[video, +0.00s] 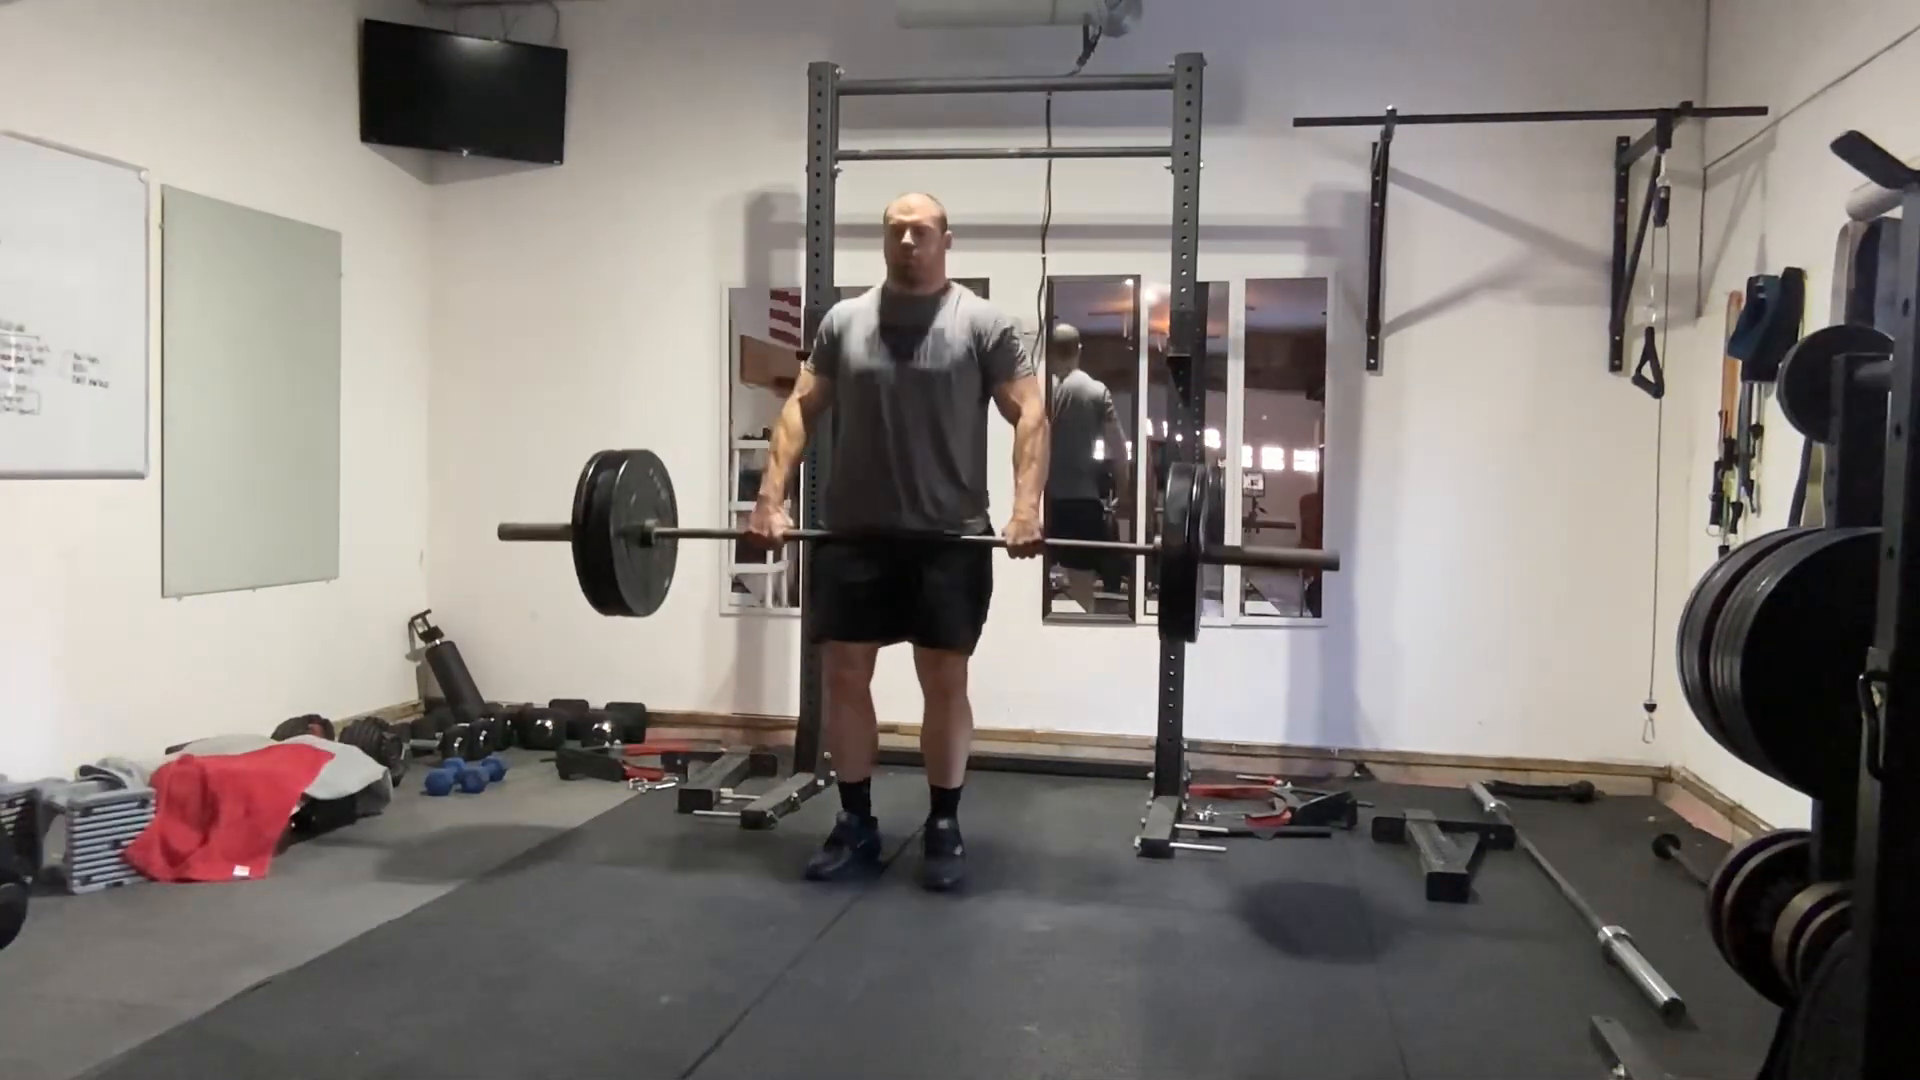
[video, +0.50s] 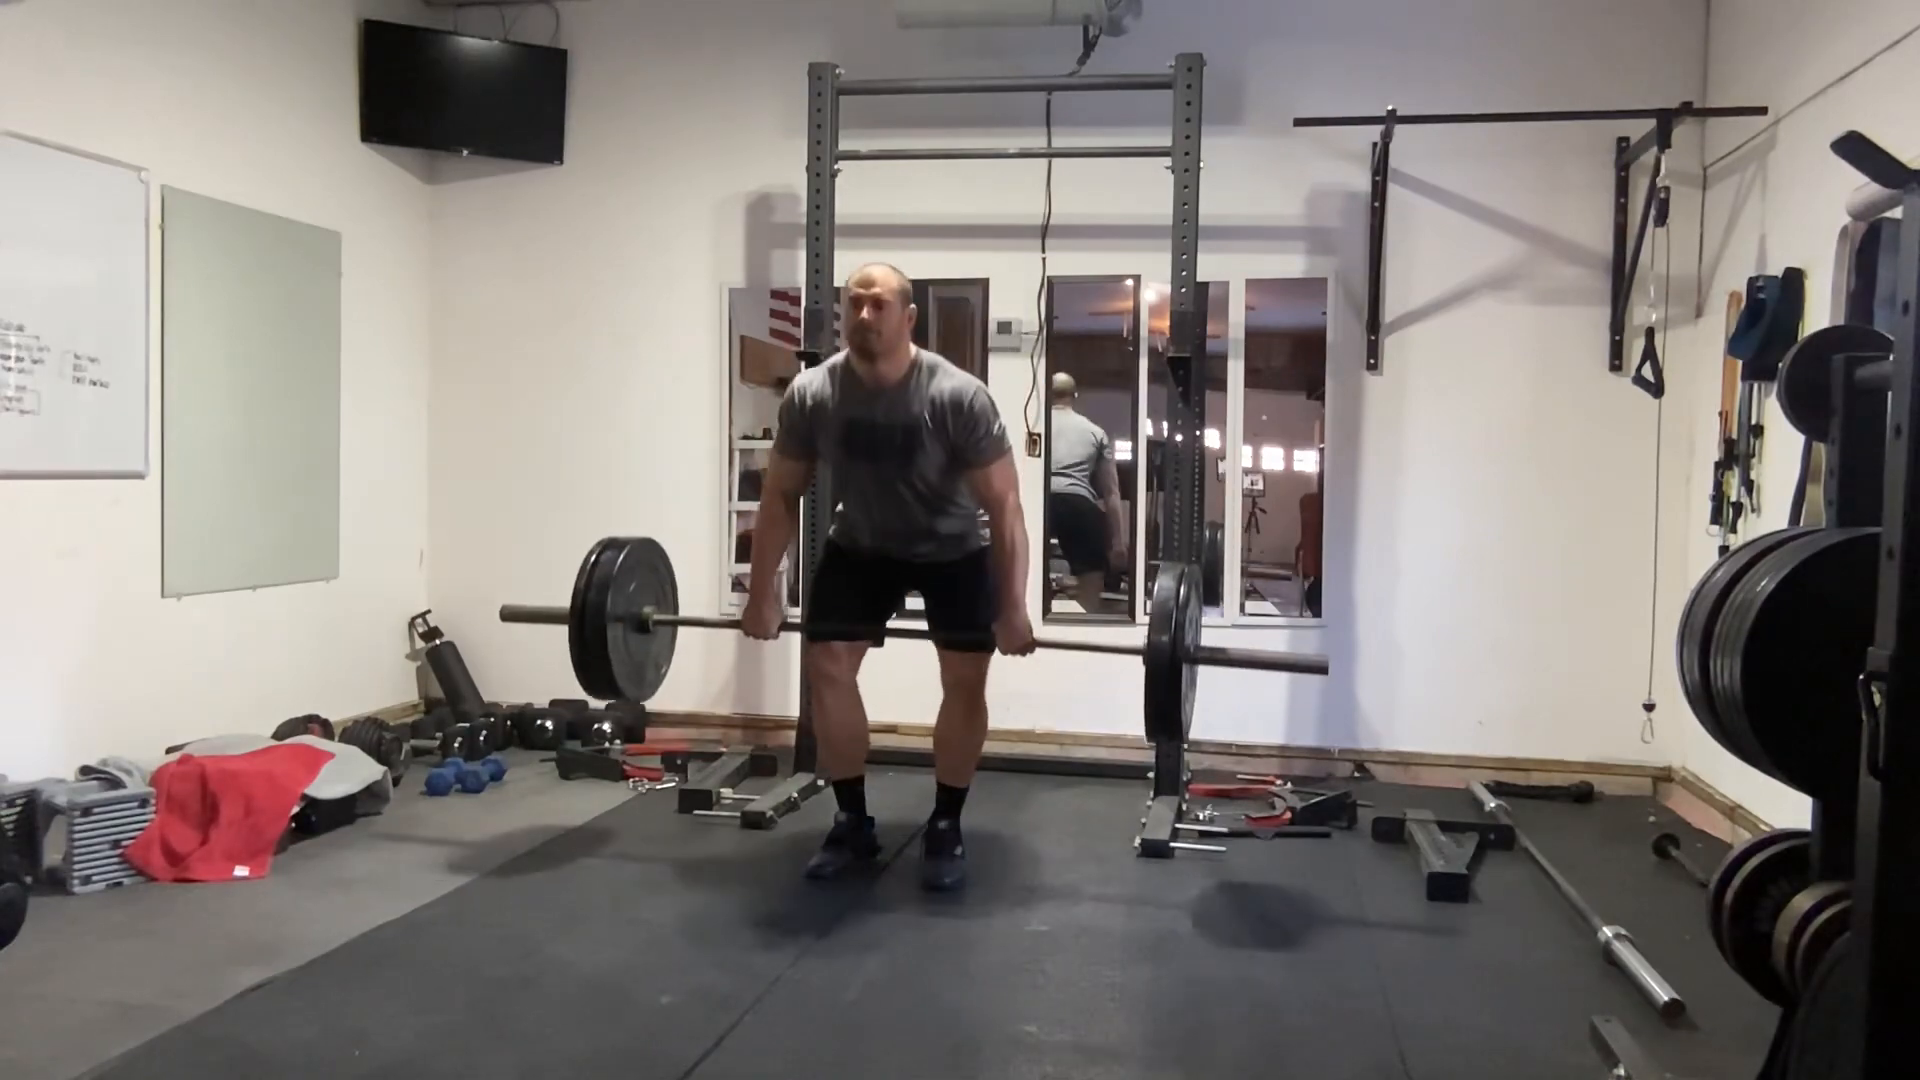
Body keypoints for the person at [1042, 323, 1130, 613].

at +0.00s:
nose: (1050, 358)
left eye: (1051, 352)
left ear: (1048, 351)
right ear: (1079, 350)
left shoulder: (1038, 390)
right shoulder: (1096, 391)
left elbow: (1028, 446)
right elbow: (1117, 449)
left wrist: (1027, 494)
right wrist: (1123, 496)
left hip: (1044, 499)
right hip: (1082, 499)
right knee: (1080, 576)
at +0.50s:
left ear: (1047, 395)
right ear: (1075, 396)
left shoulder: (1031, 424)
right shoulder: (1095, 433)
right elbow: (1111, 493)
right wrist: (1118, 542)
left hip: (1032, 503)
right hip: (1077, 505)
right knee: (1091, 583)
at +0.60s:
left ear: (1047, 403)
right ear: (1075, 404)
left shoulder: (1032, 432)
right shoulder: (1094, 440)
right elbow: (1111, 501)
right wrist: (1118, 554)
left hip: (1034, 503)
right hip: (1078, 505)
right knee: (1091, 582)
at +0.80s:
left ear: (1049, 399)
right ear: (1076, 400)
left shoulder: (1034, 427)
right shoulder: (1093, 435)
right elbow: (1112, 492)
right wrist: (1120, 545)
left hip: (1037, 497)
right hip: (1078, 499)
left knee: (1032, 567)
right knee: (1090, 574)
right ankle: (1088, 635)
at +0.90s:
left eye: (1058, 381)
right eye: (1071, 380)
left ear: (1049, 381)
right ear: (1076, 381)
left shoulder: (1034, 412)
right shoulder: (1094, 418)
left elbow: (1019, 457)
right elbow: (1114, 470)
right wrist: (1119, 526)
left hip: (1038, 492)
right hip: (1079, 493)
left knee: (1035, 562)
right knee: (1083, 572)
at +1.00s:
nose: (1049, 363)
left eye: (1051, 357)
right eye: (1053, 356)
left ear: (1050, 358)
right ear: (1075, 356)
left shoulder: (1038, 394)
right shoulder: (1093, 392)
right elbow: (1117, 441)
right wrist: (1118, 494)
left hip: (1046, 495)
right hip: (1082, 494)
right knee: (1083, 576)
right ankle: (1090, 631)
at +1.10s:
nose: (1059, 346)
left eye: (1058, 340)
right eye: (1060, 340)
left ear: (1044, 341)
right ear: (1073, 340)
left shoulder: (1031, 376)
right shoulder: (1093, 374)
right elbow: (1121, 423)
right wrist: (1116, 464)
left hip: (1037, 478)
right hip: (1079, 477)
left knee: (1033, 558)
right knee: (1077, 563)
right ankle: (1082, 626)